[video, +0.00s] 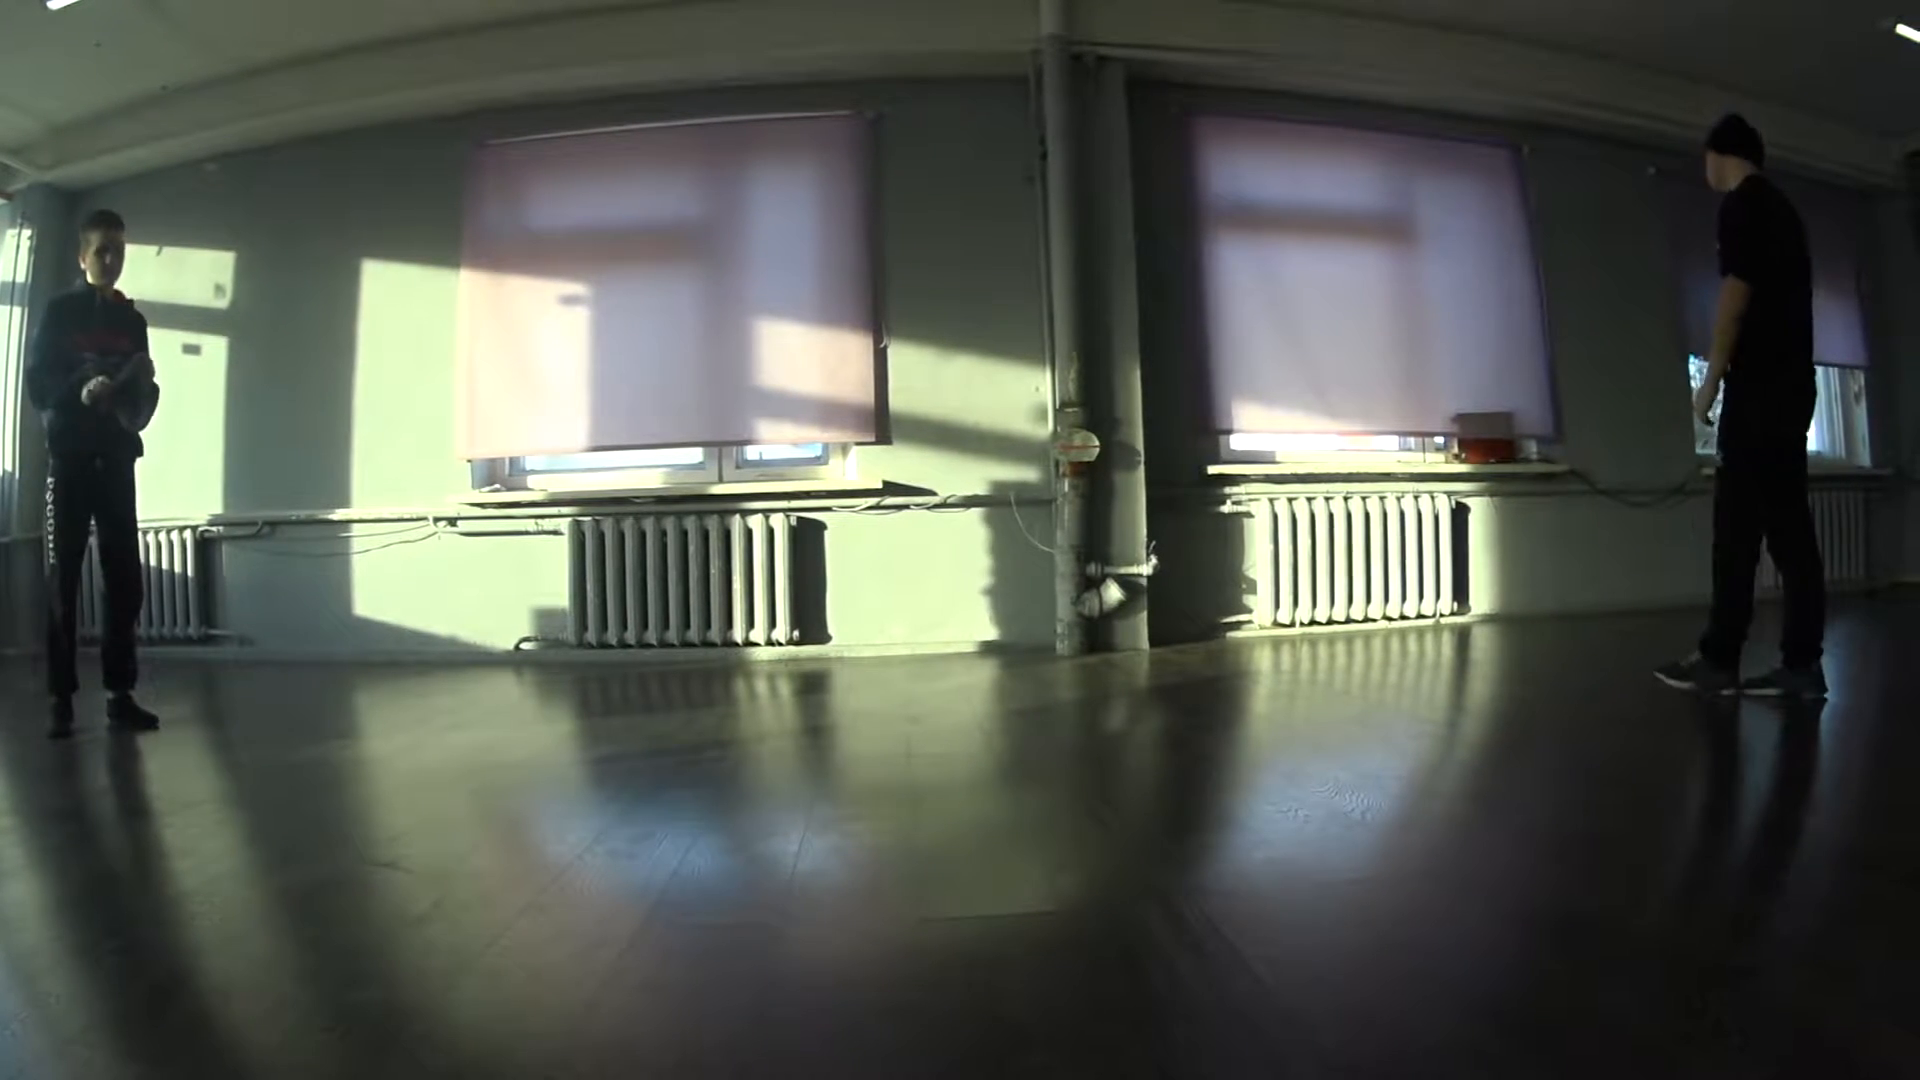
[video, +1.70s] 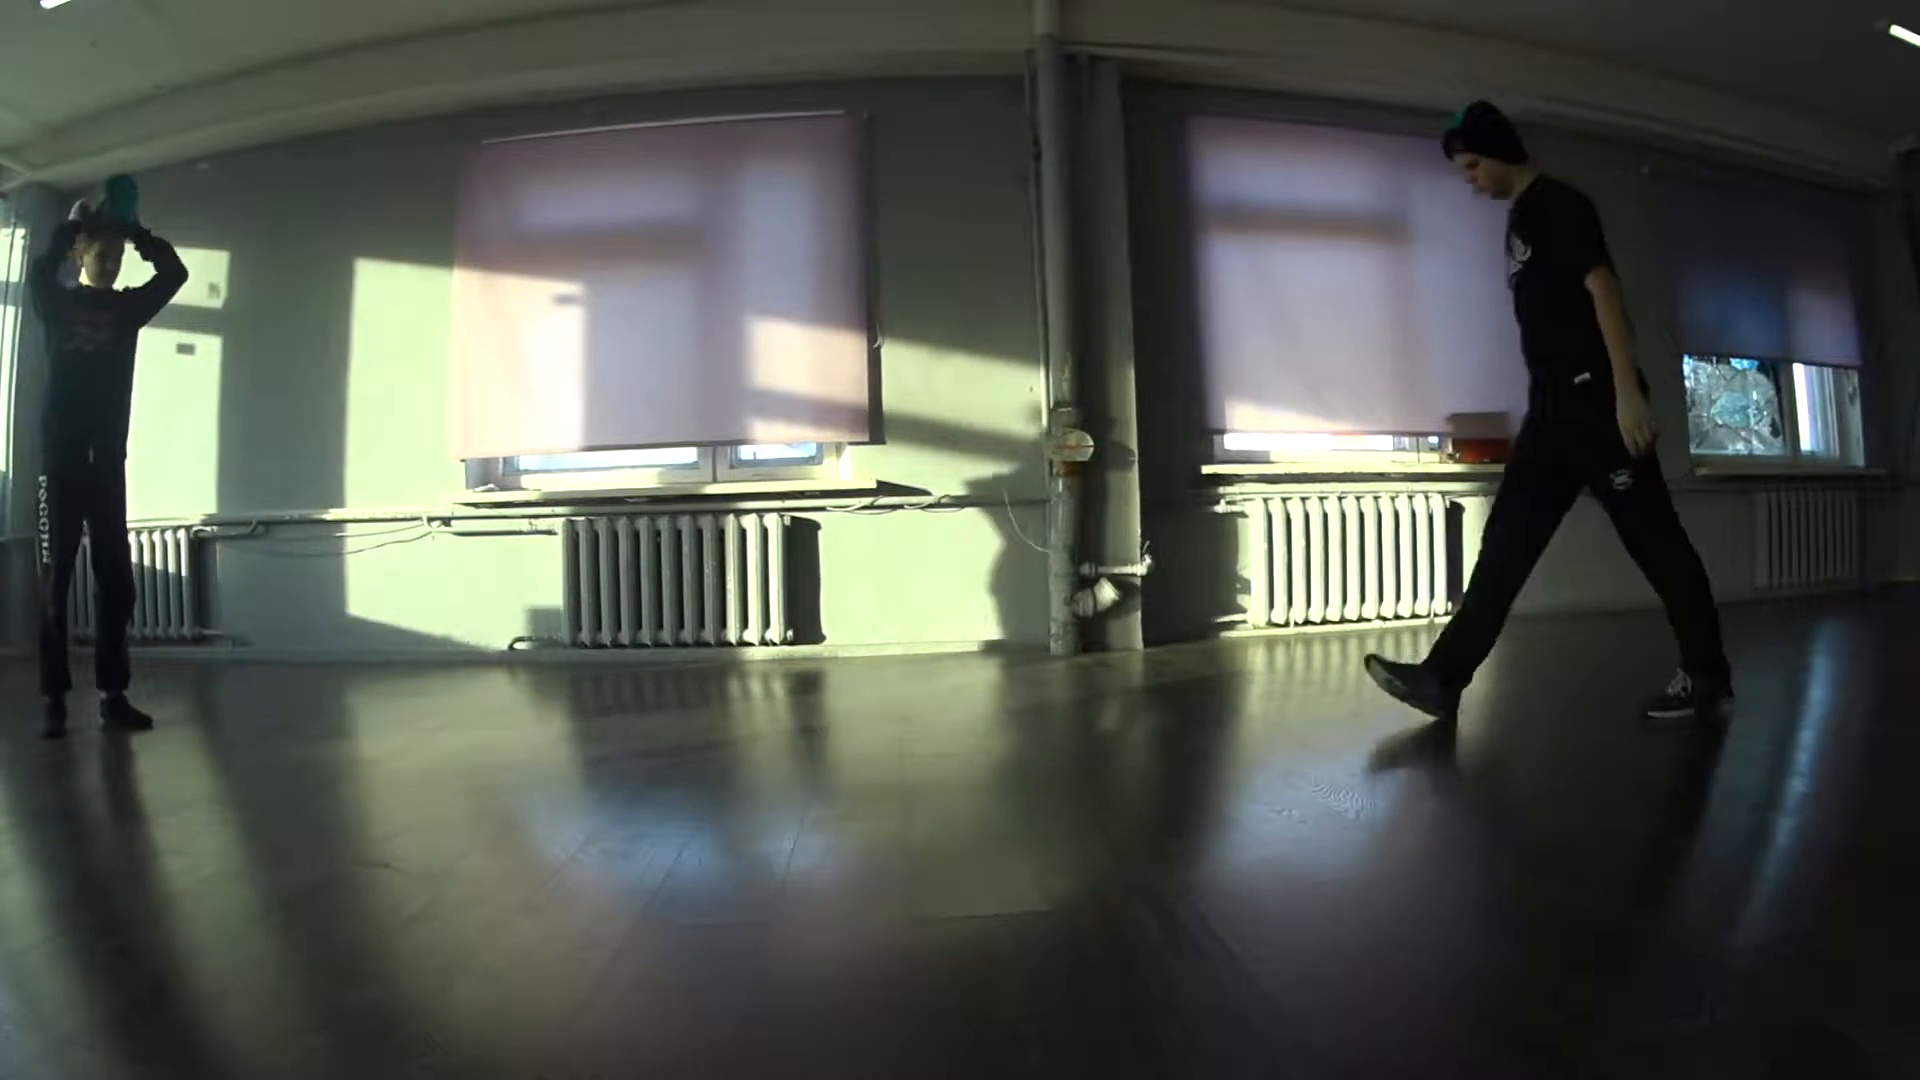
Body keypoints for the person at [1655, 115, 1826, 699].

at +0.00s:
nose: (1707, 172)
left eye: (1709, 161)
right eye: (1708, 161)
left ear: (1725, 158)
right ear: (1755, 157)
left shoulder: (1742, 206)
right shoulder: (1779, 207)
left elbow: (1736, 295)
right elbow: (1782, 307)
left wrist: (1711, 379)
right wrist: (1737, 373)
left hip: (1757, 387)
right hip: (1791, 387)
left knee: (1736, 525)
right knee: (1790, 525)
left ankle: (1718, 659)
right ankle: (1803, 665)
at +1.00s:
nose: (1632, 152)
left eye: (1636, 139)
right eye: (1629, 141)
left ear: (1665, 136)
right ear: (1666, 138)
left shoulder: (1696, 194)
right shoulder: (1685, 194)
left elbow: (1706, 287)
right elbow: (1688, 298)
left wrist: (1684, 385)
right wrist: (1668, 377)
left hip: (1721, 380)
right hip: (1716, 379)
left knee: (1712, 527)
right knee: (1746, 519)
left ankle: (1709, 675)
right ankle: (1795, 658)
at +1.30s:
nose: (1590, 152)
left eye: (1594, 139)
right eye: (1585, 143)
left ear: (1623, 129)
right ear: (1615, 137)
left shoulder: (1663, 188)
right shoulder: (1642, 194)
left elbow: (1677, 288)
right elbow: (1647, 298)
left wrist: (1653, 385)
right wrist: (1623, 374)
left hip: (1679, 380)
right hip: (1662, 379)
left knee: (1670, 521)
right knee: (1666, 522)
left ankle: (1716, 660)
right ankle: (1725, 641)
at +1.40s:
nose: (1568, 155)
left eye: (1571, 141)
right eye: (1562, 145)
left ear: (1599, 131)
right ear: (1593, 139)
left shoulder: (1645, 188)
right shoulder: (1622, 195)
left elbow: (1669, 284)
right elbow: (1638, 293)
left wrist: (1652, 383)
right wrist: (1625, 382)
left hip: (1660, 379)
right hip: (1630, 381)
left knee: (1683, 529)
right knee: (1604, 523)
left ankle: (1708, 678)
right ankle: (1670, 660)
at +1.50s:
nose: (1541, 159)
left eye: (1545, 144)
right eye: (1535, 150)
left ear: (1574, 133)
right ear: (1559, 145)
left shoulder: (1622, 189)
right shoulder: (1596, 199)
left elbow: (1655, 281)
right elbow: (1618, 297)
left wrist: (1653, 384)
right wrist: (1608, 383)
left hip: (1639, 388)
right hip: (1610, 390)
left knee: (1676, 538)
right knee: (1563, 519)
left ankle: (1709, 678)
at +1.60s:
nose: (1510, 172)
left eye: (1512, 158)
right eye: (1505, 161)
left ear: (1539, 146)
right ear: (1532, 151)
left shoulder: (1595, 197)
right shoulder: (1566, 209)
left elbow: (1633, 287)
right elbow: (1589, 307)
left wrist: (1647, 388)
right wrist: (1577, 398)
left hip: (1621, 400)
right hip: (1585, 403)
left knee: (1672, 545)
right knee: (1539, 532)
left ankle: (1709, 680)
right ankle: (1478, 668)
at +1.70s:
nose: (1470, 180)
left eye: (1472, 166)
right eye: (1464, 171)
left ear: (1502, 152)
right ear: (1489, 163)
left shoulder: (1560, 206)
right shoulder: (1521, 220)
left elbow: (1604, 295)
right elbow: (1552, 317)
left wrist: (1628, 393)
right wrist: (1546, 405)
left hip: (1599, 407)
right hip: (1553, 413)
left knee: (1658, 545)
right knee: (1507, 546)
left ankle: (1707, 675)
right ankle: (1442, 678)